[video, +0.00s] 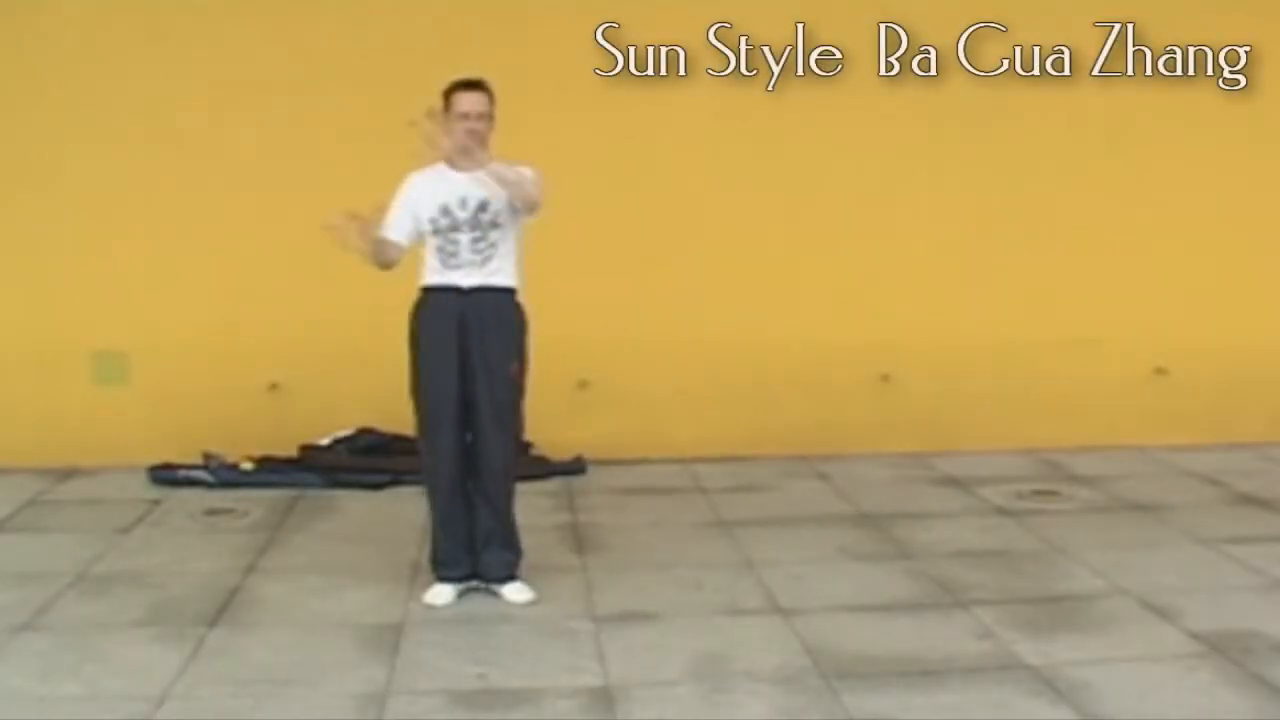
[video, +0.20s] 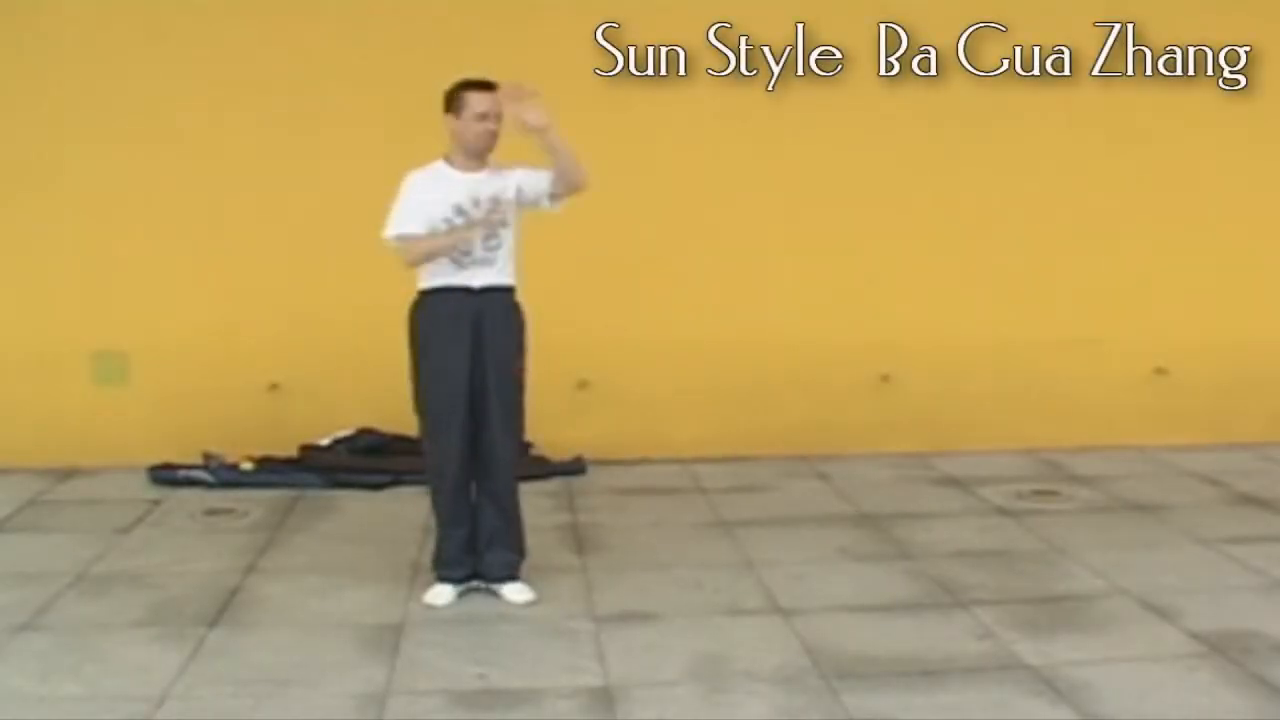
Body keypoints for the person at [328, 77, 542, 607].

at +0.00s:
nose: (473, 127)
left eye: (482, 118)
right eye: (462, 118)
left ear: (493, 124)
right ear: (444, 124)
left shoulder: (511, 177)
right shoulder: (422, 184)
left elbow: (530, 201)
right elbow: (389, 255)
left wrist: (472, 163)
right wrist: (366, 240)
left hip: (496, 312)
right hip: (438, 313)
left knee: (497, 443)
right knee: (442, 445)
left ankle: (500, 568)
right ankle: (451, 570)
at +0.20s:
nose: (489, 127)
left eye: (495, 119)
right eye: (478, 118)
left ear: (501, 125)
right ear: (452, 123)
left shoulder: (510, 181)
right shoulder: (423, 183)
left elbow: (573, 182)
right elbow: (407, 250)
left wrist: (545, 131)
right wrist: (469, 232)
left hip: (498, 310)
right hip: (441, 312)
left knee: (501, 442)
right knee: (446, 443)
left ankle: (502, 567)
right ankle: (453, 568)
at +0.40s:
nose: (504, 129)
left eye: (506, 120)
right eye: (494, 119)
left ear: (502, 126)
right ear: (459, 122)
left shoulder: (507, 180)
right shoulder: (430, 183)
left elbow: (575, 180)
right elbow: (455, 248)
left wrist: (585, 131)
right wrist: (536, 233)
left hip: (500, 312)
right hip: (446, 314)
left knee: (503, 442)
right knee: (450, 443)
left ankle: (502, 567)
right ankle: (454, 569)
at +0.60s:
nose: (511, 130)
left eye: (512, 121)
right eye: (502, 120)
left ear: (499, 126)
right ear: (467, 122)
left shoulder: (506, 181)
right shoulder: (436, 181)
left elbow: (571, 178)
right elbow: (479, 246)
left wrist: (596, 127)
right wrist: (562, 230)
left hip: (499, 312)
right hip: (448, 313)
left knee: (503, 442)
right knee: (454, 444)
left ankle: (502, 568)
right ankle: (454, 569)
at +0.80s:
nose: (510, 131)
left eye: (512, 122)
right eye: (502, 122)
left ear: (487, 126)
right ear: (467, 122)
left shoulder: (507, 180)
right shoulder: (435, 179)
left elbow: (574, 173)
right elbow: (482, 234)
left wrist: (612, 125)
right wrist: (576, 227)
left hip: (499, 313)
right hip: (447, 315)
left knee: (503, 443)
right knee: (453, 445)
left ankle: (503, 568)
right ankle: (455, 570)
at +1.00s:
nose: (499, 138)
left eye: (504, 128)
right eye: (490, 127)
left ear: (505, 130)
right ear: (459, 124)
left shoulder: (508, 181)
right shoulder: (432, 179)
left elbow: (577, 178)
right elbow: (479, 228)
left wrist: (644, 146)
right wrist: (565, 246)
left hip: (499, 316)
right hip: (444, 317)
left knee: (501, 443)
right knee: (449, 445)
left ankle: (503, 568)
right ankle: (454, 570)